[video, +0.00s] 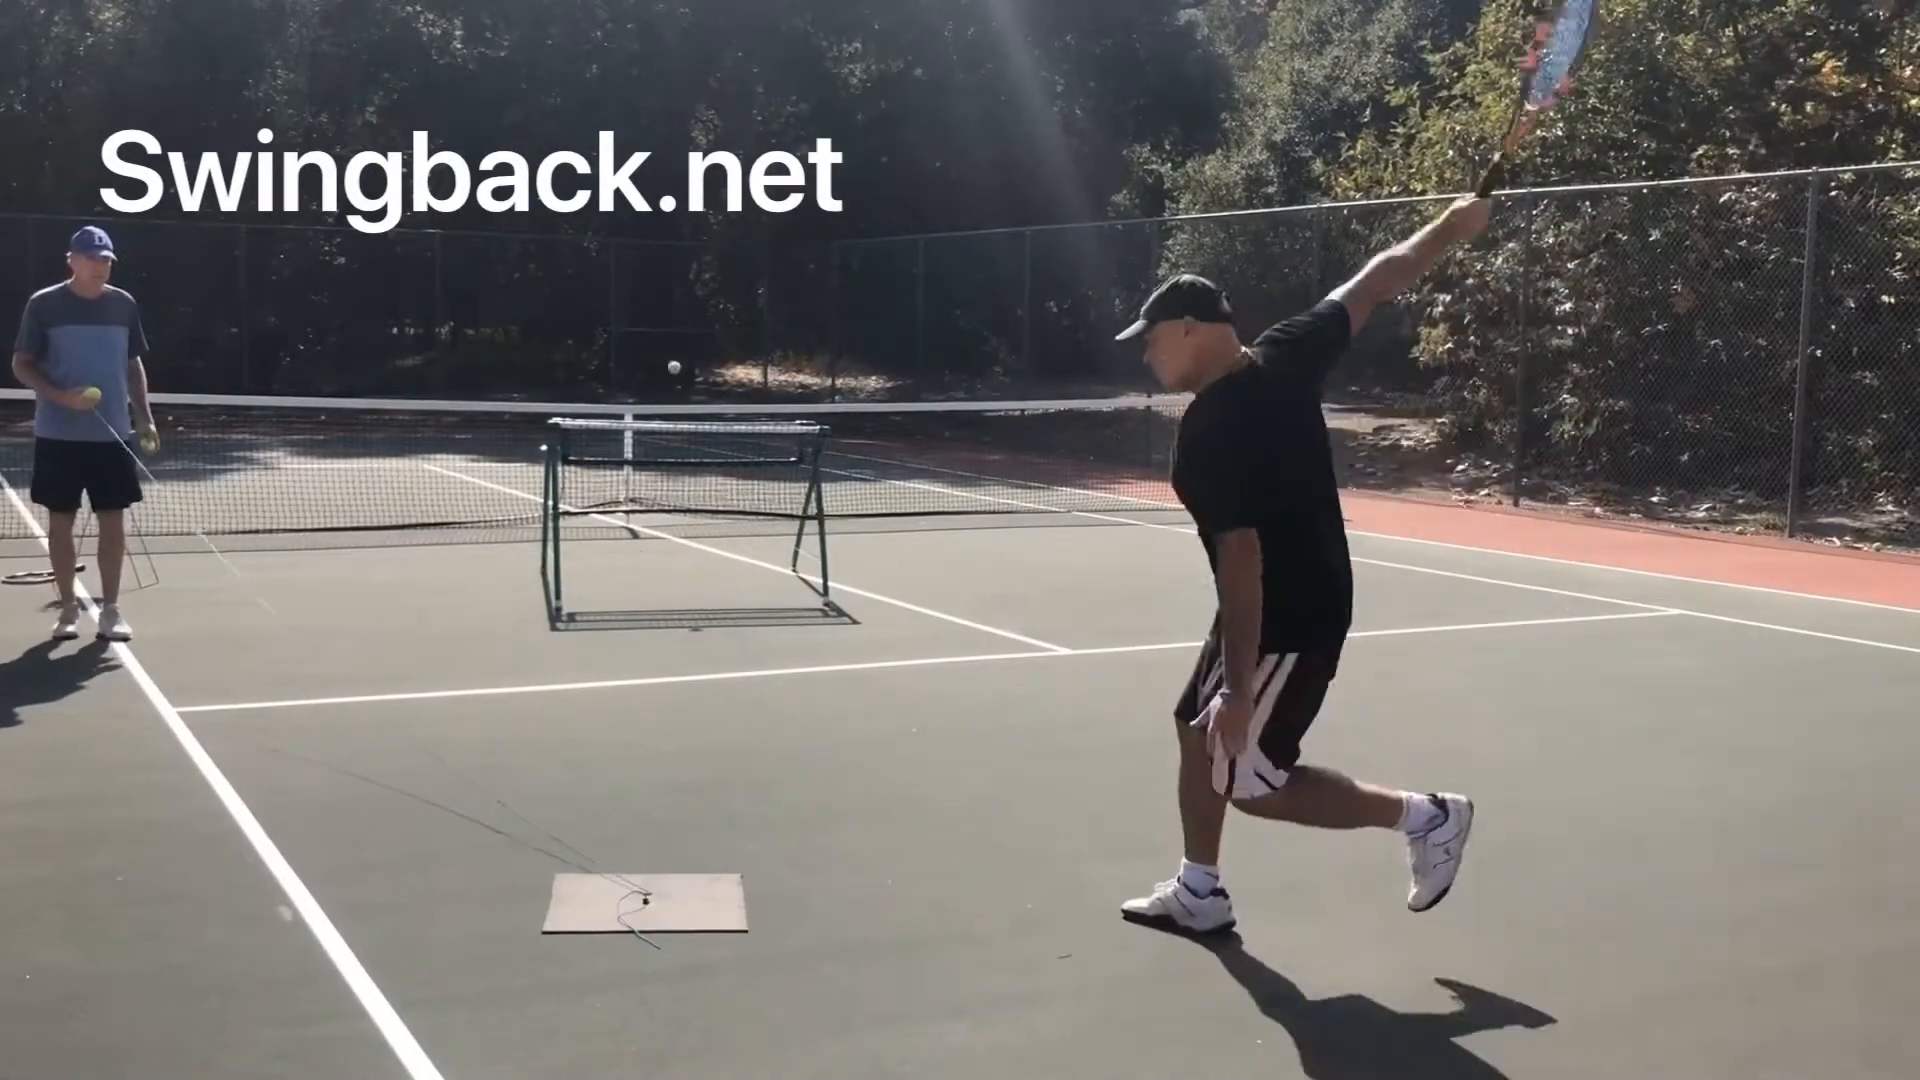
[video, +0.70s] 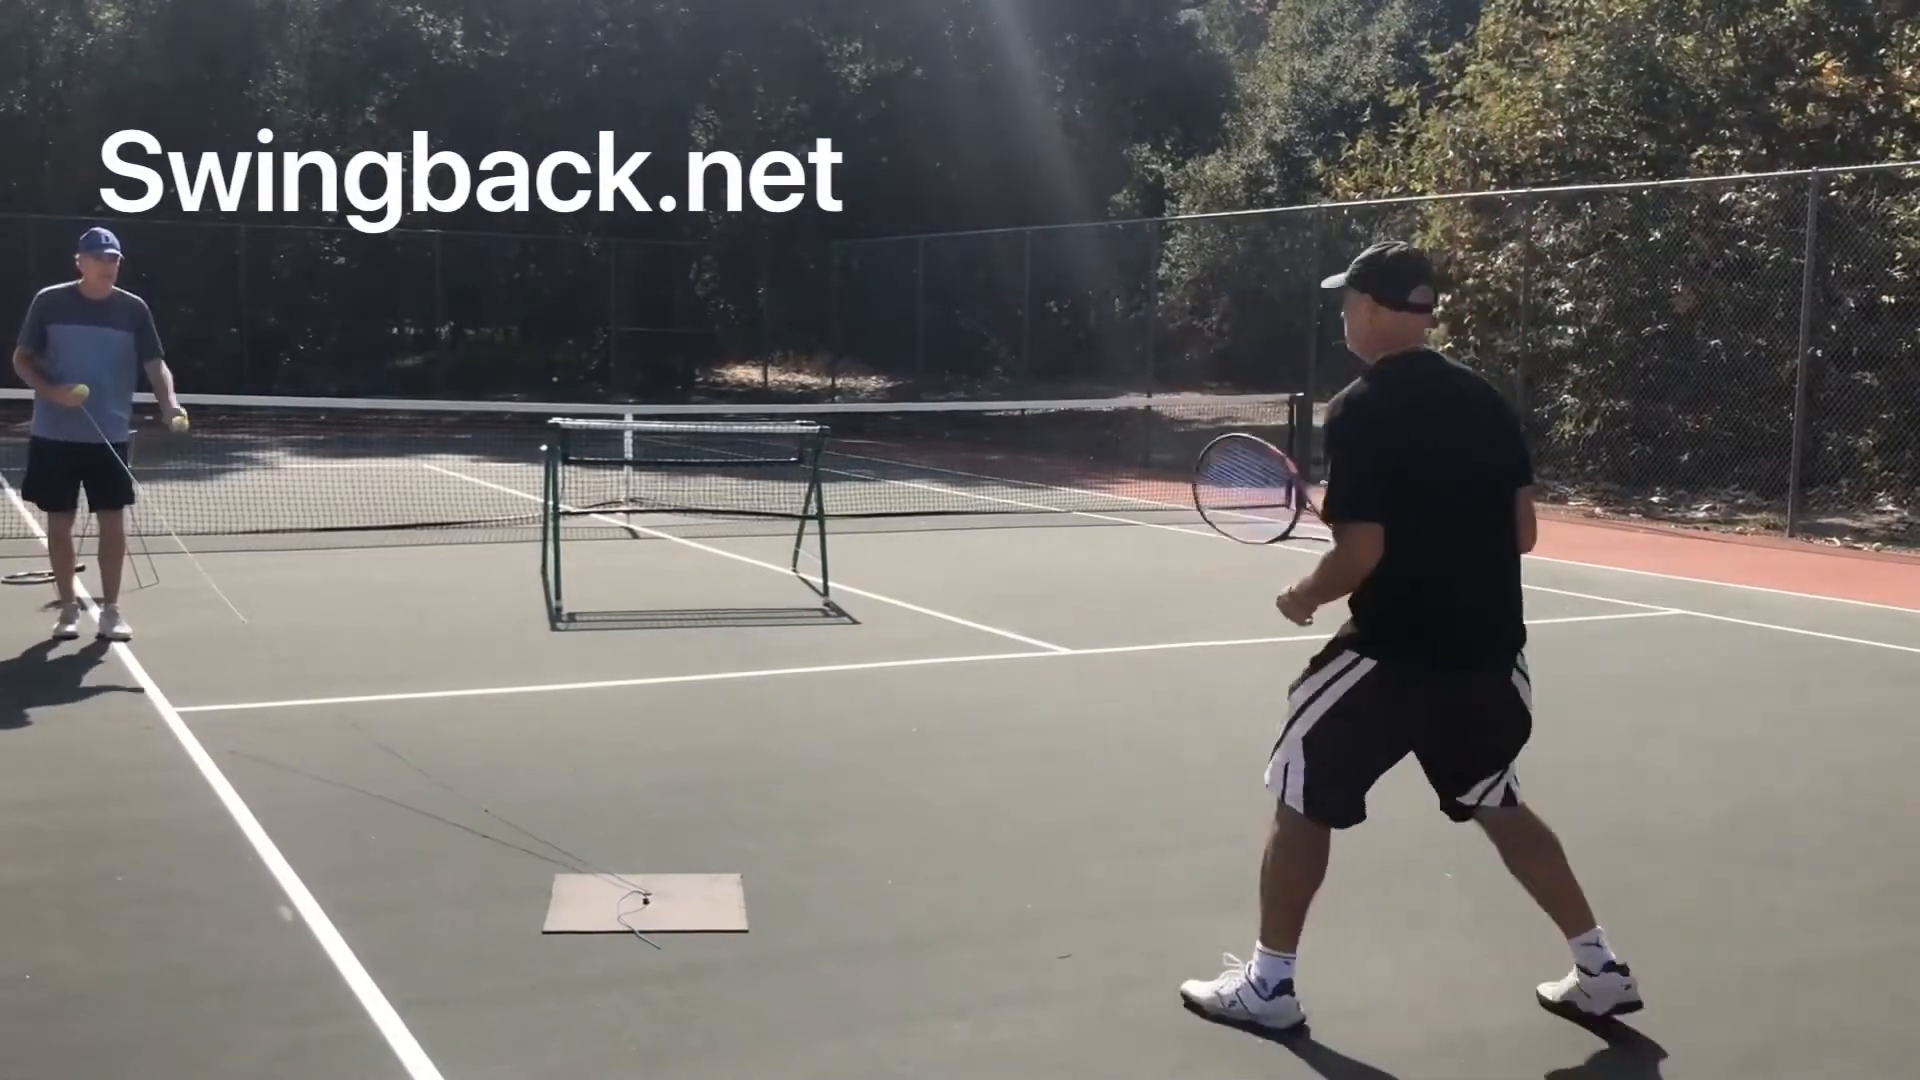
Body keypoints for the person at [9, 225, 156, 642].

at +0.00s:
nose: (100, 269)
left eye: (106, 261)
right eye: (93, 260)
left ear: (112, 264)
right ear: (72, 260)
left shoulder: (123, 304)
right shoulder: (43, 304)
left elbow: (133, 364)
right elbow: (21, 365)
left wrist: (145, 417)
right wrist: (62, 396)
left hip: (112, 437)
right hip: (60, 438)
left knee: (112, 522)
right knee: (60, 522)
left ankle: (110, 609)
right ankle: (68, 606)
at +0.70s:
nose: (107, 267)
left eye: (113, 260)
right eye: (99, 259)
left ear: (120, 263)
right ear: (80, 261)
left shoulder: (134, 309)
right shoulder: (48, 302)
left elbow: (156, 364)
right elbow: (21, 358)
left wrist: (171, 405)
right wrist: (51, 391)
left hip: (110, 439)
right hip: (56, 437)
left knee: (113, 522)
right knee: (59, 523)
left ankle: (110, 609)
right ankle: (68, 607)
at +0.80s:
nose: (111, 262)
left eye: (116, 256)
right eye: (103, 255)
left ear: (121, 260)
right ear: (81, 259)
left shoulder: (137, 306)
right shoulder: (50, 300)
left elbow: (163, 344)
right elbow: (23, 356)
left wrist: (187, 357)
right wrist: (52, 389)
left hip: (112, 435)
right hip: (58, 435)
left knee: (113, 521)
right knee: (61, 522)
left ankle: (111, 610)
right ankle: (69, 607)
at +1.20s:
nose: (105, 258)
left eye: (111, 251)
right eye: (97, 250)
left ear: (119, 257)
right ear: (79, 256)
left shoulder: (134, 302)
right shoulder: (49, 300)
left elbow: (168, 352)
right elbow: (28, 359)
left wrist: (141, 354)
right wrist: (59, 384)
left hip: (115, 434)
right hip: (61, 436)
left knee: (114, 521)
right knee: (63, 523)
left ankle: (111, 610)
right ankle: (69, 608)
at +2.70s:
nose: (95, 269)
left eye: (101, 261)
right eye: (87, 260)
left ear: (108, 264)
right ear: (67, 260)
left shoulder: (120, 305)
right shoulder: (38, 303)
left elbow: (128, 364)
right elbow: (15, 363)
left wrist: (140, 419)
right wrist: (53, 394)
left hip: (109, 437)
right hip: (54, 438)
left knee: (110, 520)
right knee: (58, 522)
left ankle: (110, 609)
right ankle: (69, 607)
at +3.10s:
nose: (99, 267)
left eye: (105, 260)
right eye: (91, 259)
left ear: (111, 264)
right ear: (72, 260)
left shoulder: (127, 308)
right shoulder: (41, 302)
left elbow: (143, 365)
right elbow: (16, 359)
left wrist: (158, 413)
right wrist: (47, 391)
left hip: (106, 438)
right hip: (51, 437)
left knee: (110, 521)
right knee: (57, 523)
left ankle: (109, 610)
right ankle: (67, 607)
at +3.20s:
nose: (101, 261)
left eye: (106, 254)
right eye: (92, 253)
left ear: (112, 259)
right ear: (73, 257)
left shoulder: (129, 306)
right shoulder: (42, 300)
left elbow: (156, 345)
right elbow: (16, 358)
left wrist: (177, 364)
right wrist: (46, 388)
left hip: (107, 436)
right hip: (52, 435)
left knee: (110, 520)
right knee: (58, 520)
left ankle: (110, 609)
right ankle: (68, 606)